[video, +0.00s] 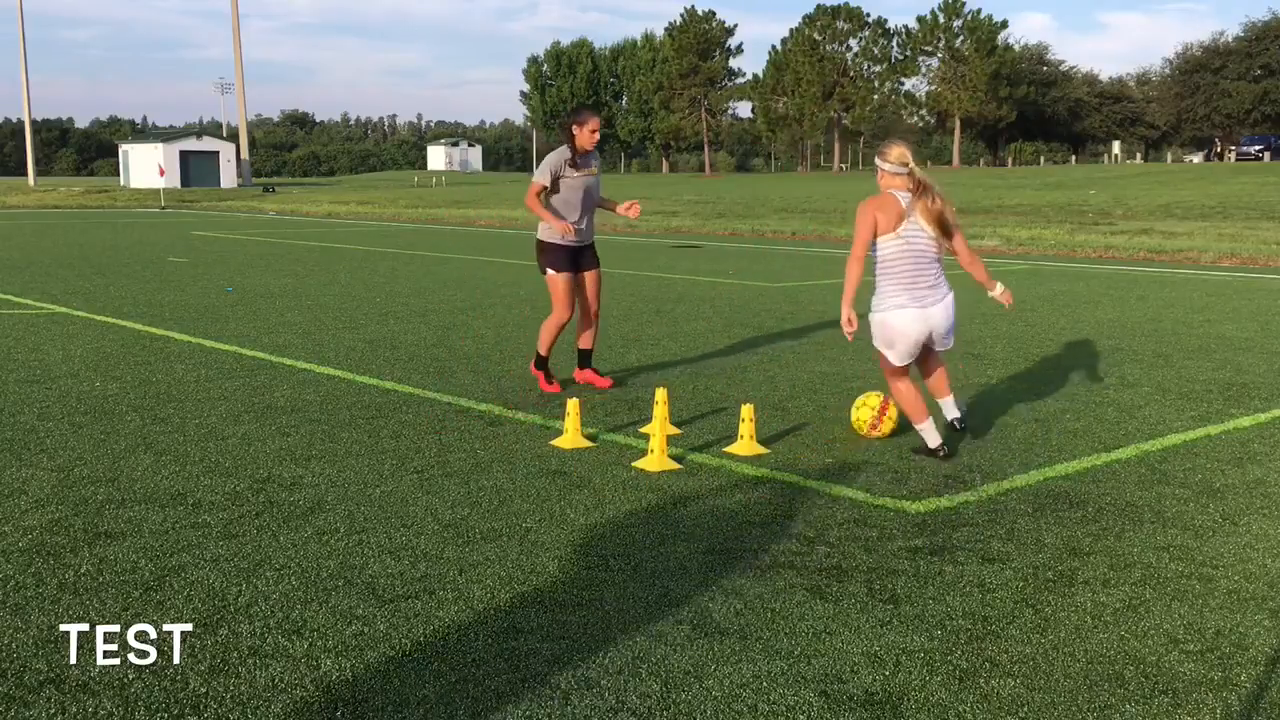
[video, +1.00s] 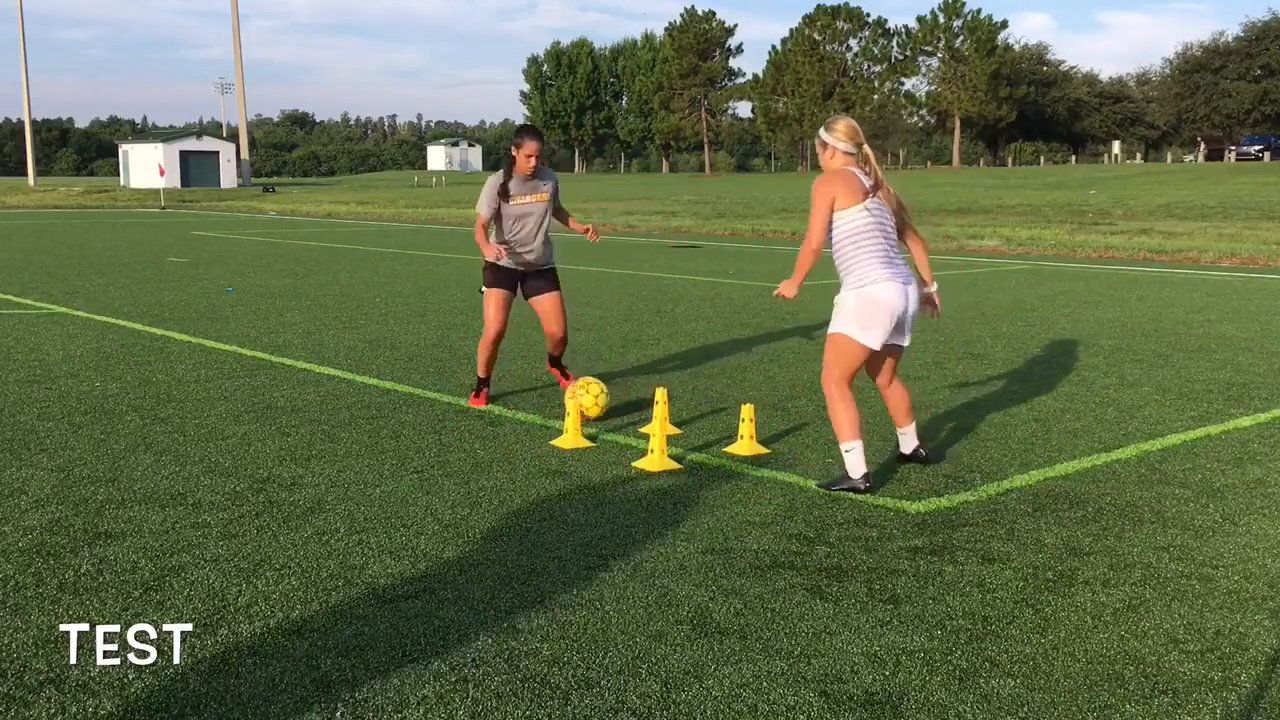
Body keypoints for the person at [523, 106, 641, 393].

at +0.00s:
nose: (597, 137)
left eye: (599, 131)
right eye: (593, 131)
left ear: (594, 132)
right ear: (576, 130)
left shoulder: (592, 161)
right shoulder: (556, 160)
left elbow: (590, 198)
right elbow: (531, 198)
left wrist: (618, 208)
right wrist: (555, 220)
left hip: (584, 243)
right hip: (555, 244)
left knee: (591, 309)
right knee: (563, 312)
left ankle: (584, 368)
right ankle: (539, 365)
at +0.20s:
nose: (602, 155)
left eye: (604, 150)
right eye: (598, 150)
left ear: (599, 150)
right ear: (581, 147)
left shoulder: (592, 174)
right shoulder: (567, 175)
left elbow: (591, 211)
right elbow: (545, 215)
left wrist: (620, 222)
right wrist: (562, 246)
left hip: (586, 255)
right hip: (563, 258)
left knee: (596, 318)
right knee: (585, 322)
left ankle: (591, 371)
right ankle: (546, 366)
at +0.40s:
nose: (602, 157)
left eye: (604, 151)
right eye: (598, 151)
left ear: (592, 150)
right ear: (581, 148)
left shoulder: (593, 174)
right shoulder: (564, 177)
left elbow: (602, 196)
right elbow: (534, 213)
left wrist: (630, 206)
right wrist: (529, 253)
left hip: (582, 252)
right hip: (561, 254)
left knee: (594, 315)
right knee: (610, 301)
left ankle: (591, 369)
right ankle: (574, 350)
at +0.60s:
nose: (599, 176)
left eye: (602, 171)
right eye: (594, 171)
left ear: (604, 167)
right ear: (578, 166)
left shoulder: (603, 192)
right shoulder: (559, 189)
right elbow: (531, 218)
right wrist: (519, 256)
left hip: (565, 259)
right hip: (540, 256)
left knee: (589, 309)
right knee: (594, 292)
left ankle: (590, 372)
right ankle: (613, 360)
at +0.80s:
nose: (572, 178)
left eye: (575, 172)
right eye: (566, 172)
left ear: (578, 170)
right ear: (551, 168)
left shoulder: (583, 191)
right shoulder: (534, 193)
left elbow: (604, 215)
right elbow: (504, 226)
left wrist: (616, 218)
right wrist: (495, 262)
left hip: (561, 269)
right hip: (528, 267)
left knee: (584, 321)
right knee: (535, 318)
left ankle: (589, 374)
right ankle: (509, 379)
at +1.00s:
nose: (534, 162)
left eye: (538, 156)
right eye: (529, 156)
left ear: (542, 154)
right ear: (514, 153)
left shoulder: (549, 180)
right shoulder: (497, 183)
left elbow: (556, 211)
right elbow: (480, 225)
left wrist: (579, 227)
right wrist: (486, 247)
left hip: (540, 266)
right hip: (503, 265)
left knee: (558, 334)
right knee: (494, 330)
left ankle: (555, 364)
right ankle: (482, 385)